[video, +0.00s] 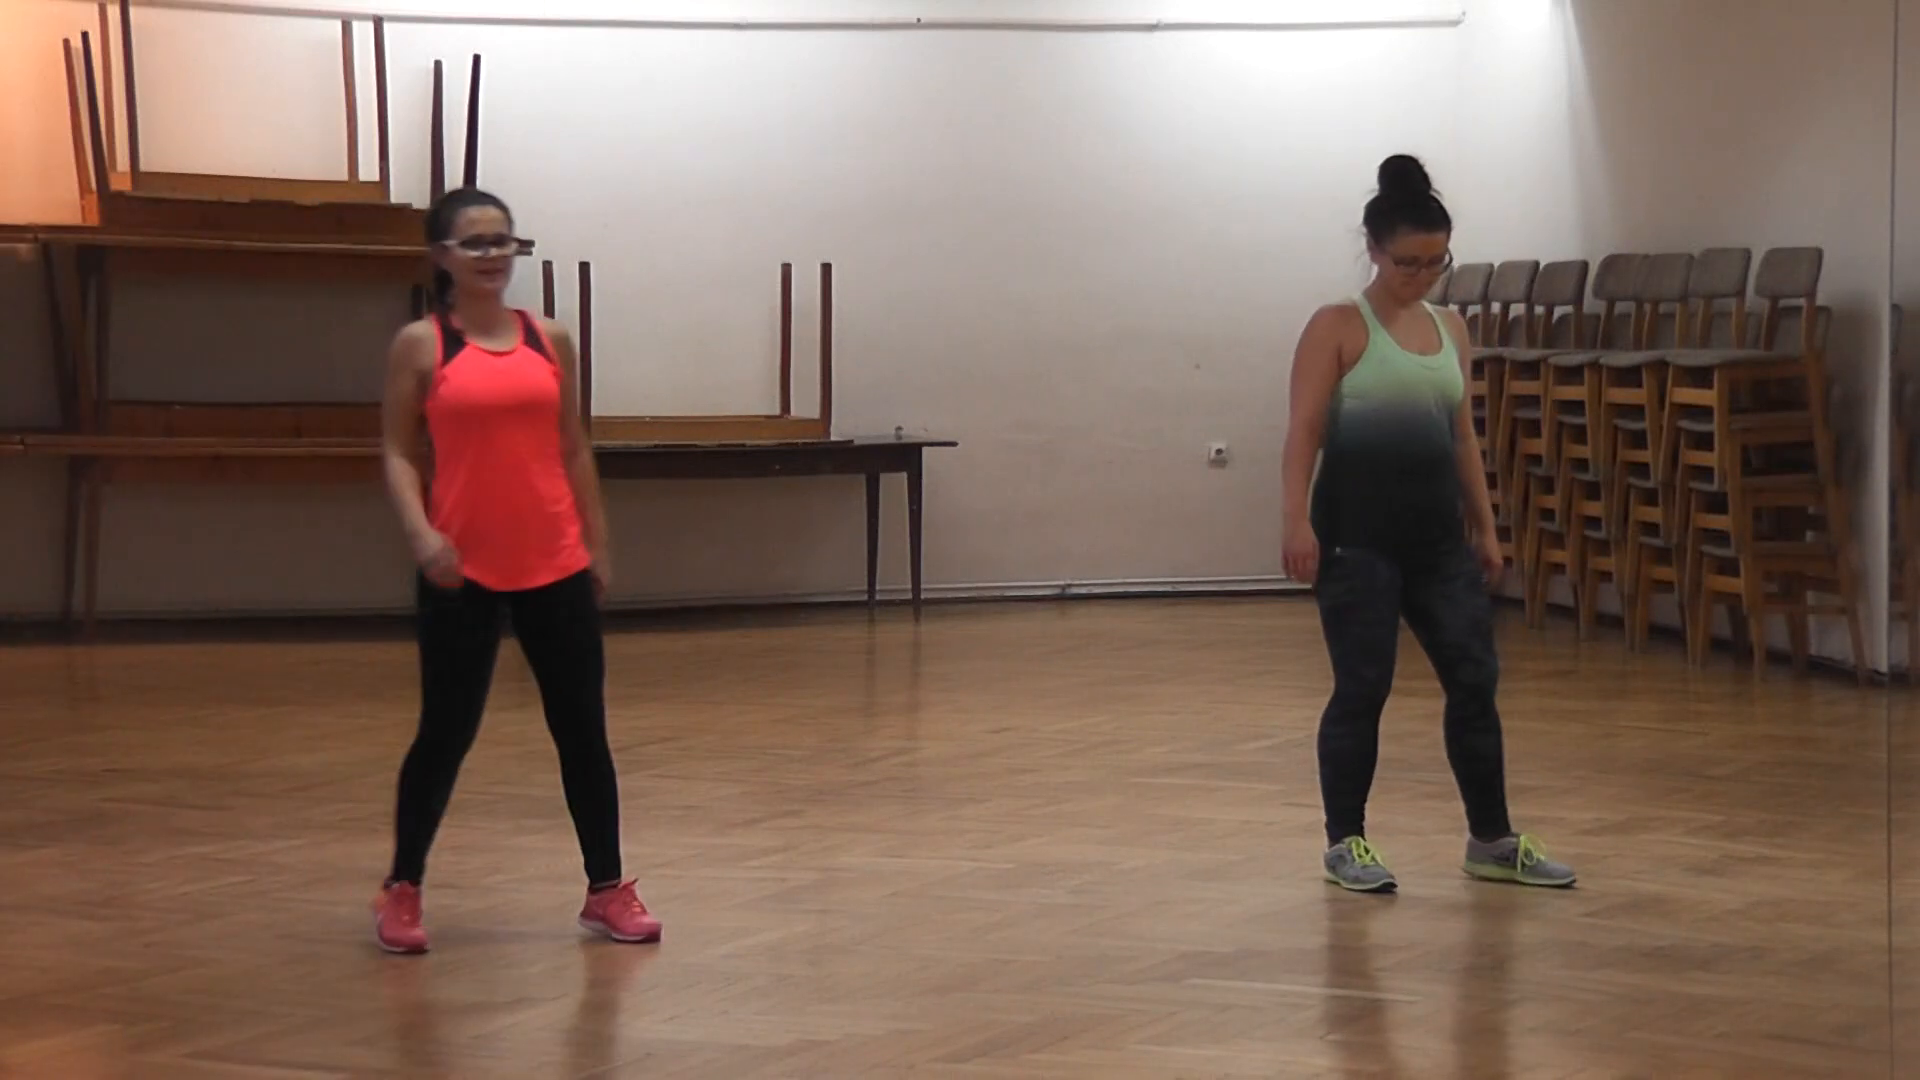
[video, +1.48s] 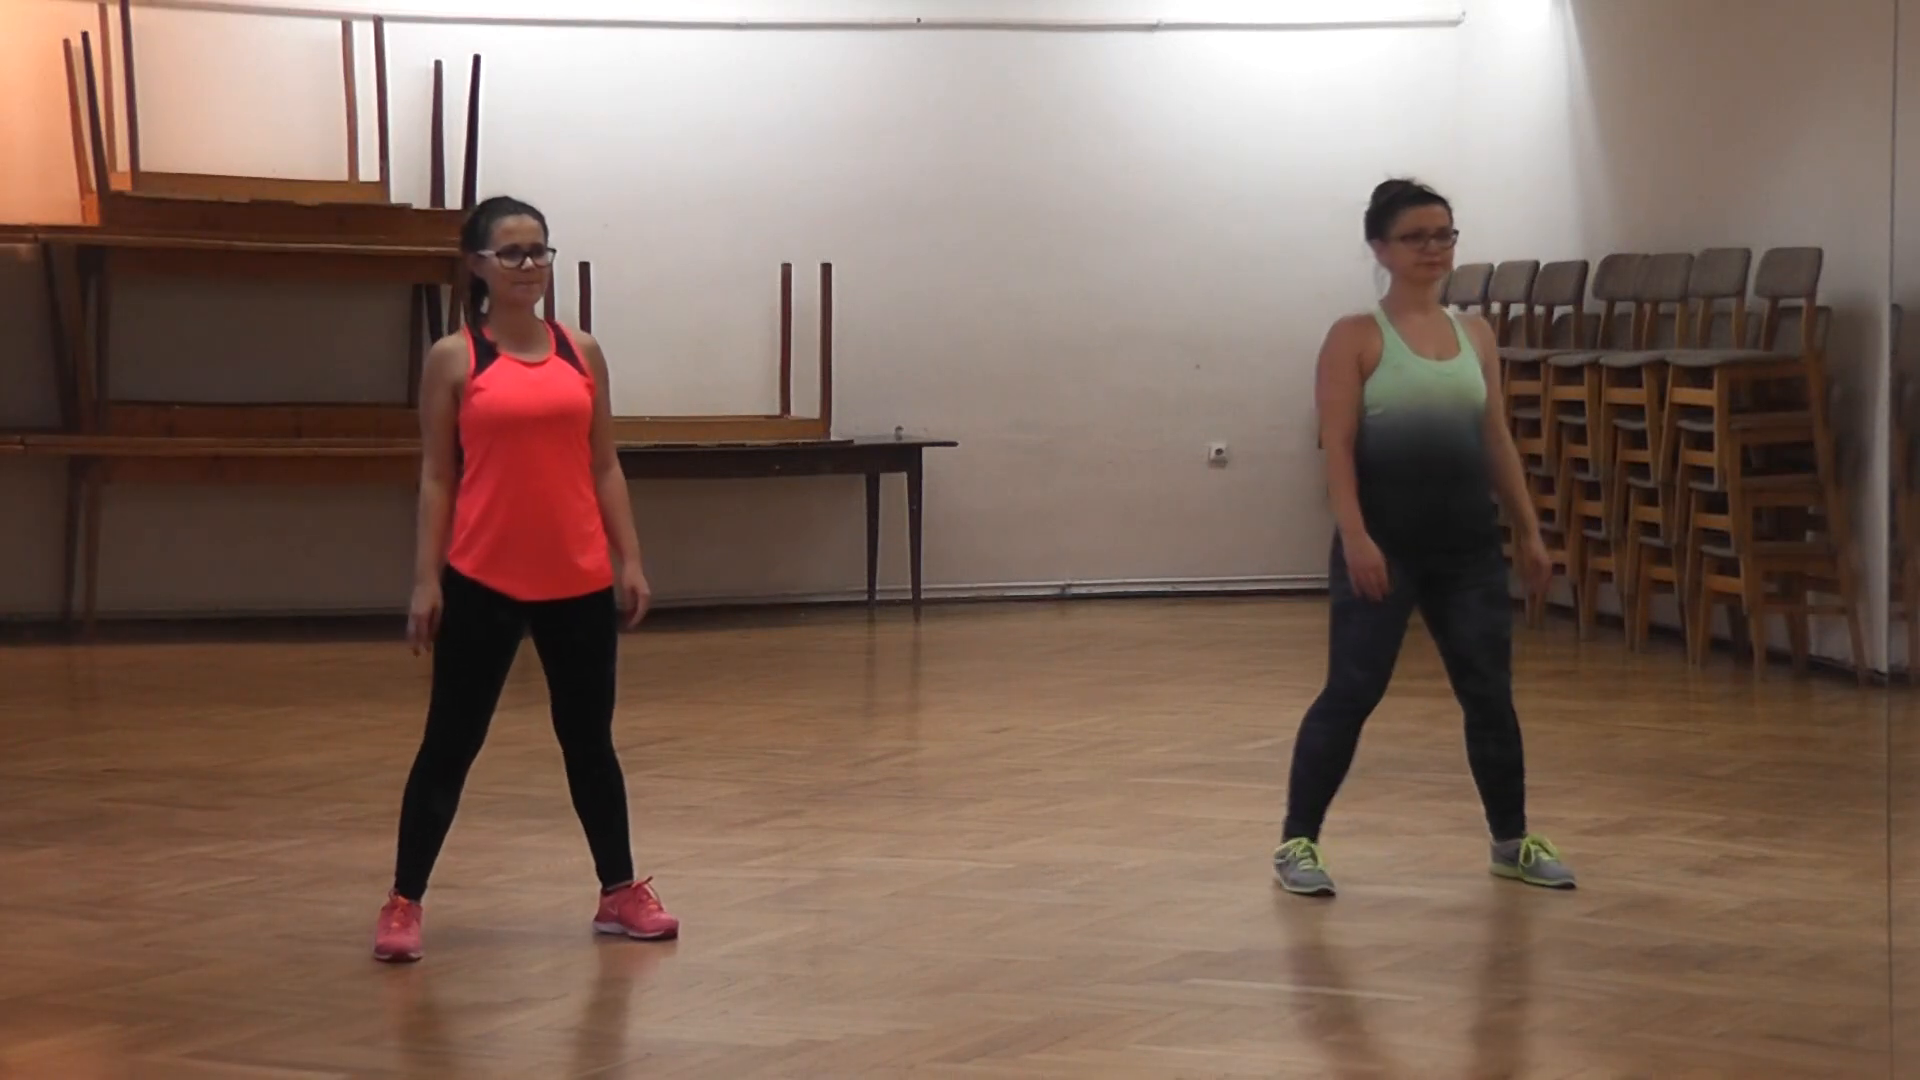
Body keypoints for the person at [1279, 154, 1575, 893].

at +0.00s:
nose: (1422, 277)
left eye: (1434, 263)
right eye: (1407, 262)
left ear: (1447, 252)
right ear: (1372, 249)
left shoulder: (1448, 328)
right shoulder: (1335, 328)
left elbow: (1464, 437)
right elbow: (1305, 432)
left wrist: (1485, 528)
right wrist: (1295, 524)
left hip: (1439, 544)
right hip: (1357, 545)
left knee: (1474, 682)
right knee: (1361, 690)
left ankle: (1492, 841)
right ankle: (1345, 842)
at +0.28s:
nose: (1418, 272)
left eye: (1430, 257)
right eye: (1403, 257)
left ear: (1442, 250)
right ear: (1368, 249)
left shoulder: (1448, 329)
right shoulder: (1335, 331)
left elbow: (1466, 435)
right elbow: (1312, 436)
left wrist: (1490, 522)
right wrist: (1337, 520)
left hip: (1442, 542)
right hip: (1360, 544)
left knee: (1486, 681)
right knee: (1363, 692)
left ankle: (1503, 838)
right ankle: (1345, 843)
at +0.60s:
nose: (1449, 264)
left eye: (1459, 249)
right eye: (1432, 252)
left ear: (1470, 249)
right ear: (1397, 255)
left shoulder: (1494, 334)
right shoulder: (1370, 342)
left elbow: (1516, 437)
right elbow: (1353, 452)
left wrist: (1540, 529)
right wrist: (1373, 541)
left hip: (1491, 548)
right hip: (1404, 550)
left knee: (1517, 693)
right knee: (1386, 697)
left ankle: (1517, 840)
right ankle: (1348, 842)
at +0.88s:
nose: (1472, 246)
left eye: (1481, 232)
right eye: (1454, 236)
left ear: (1492, 237)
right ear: (1420, 246)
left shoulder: (1522, 326)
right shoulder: (1395, 336)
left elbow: (1552, 426)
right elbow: (1372, 445)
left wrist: (1581, 509)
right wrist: (1368, 537)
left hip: (1517, 542)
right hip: (1427, 544)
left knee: (1517, 693)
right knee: (1403, 689)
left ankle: (1517, 840)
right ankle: (1364, 839)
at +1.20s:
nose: (1469, 241)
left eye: (1478, 228)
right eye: (1450, 231)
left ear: (1490, 236)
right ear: (1415, 244)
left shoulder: (1518, 325)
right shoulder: (1393, 335)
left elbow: (1543, 433)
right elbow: (1373, 446)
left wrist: (1562, 520)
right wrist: (1376, 538)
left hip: (1512, 541)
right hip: (1424, 543)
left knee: (1513, 694)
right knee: (1386, 685)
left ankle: (1517, 840)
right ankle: (1335, 835)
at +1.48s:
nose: (1434, 249)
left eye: (1443, 236)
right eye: (1416, 238)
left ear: (1454, 242)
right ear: (1381, 249)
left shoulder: (1475, 336)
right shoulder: (1354, 338)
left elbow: (1497, 439)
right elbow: (1336, 447)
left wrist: (1530, 531)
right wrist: (1355, 538)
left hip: (1467, 550)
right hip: (1380, 549)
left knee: (1490, 698)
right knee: (1352, 694)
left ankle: (1511, 842)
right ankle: (1298, 841)